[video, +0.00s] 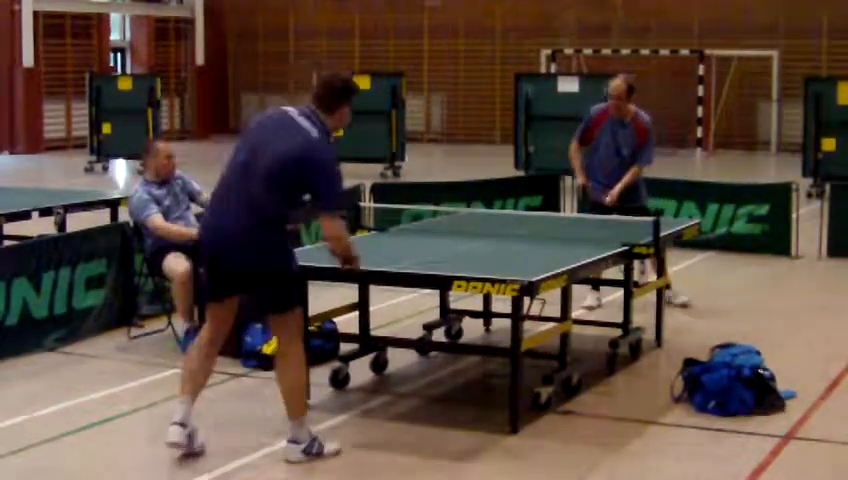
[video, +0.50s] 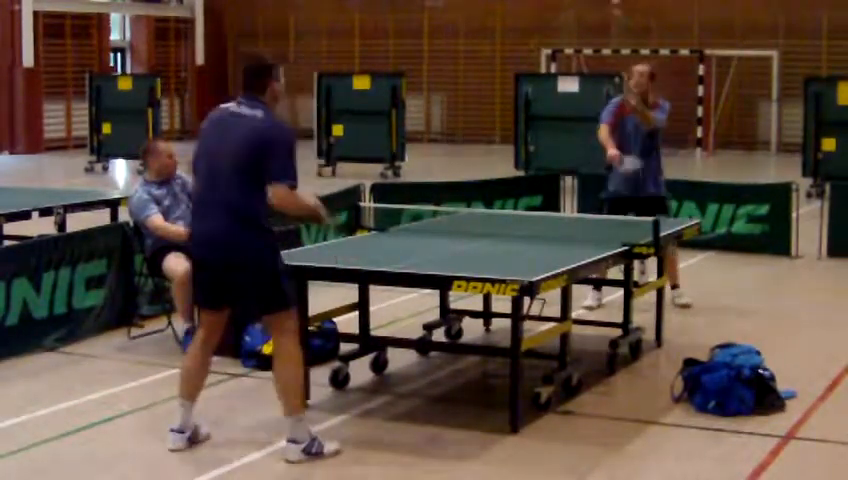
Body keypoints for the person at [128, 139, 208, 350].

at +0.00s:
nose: (172, 163)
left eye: (172, 158)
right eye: (166, 158)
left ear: (174, 160)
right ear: (149, 162)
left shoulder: (179, 181)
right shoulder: (141, 196)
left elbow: (207, 201)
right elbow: (160, 228)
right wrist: (199, 234)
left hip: (193, 236)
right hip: (163, 243)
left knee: (222, 259)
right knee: (182, 270)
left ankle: (218, 319)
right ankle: (188, 326)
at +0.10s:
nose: (172, 163)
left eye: (172, 158)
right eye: (166, 158)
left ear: (174, 160)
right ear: (149, 162)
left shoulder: (179, 181)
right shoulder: (141, 196)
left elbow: (207, 201)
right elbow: (160, 228)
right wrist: (199, 234)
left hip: (193, 236)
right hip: (163, 243)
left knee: (223, 259)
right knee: (182, 270)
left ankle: (217, 321)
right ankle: (187, 325)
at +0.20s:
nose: (174, 161)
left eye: (173, 156)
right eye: (168, 157)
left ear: (174, 160)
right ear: (151, 162)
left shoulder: (179, 181)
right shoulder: (141, 196)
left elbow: (203, 199)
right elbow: (159, 228)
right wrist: (198, 234)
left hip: (192, 235)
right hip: (163, 243)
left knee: (217, 261)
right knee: (182, 270)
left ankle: (210, 320)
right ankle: (188, 325)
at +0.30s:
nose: (173, 161)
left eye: (173, 157)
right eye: (167, 157)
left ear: (174, 160)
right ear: (151, 162)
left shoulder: (179, 182)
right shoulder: (141, 196)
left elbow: (205, 199)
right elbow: (159, 228)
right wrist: (197, 234)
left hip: (192, 235)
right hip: (163, 242)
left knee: (217, 260)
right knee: (182, 270)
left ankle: (212, 320)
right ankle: (188, 325)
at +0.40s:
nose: (174, 161)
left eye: (174, 156)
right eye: (168, 157)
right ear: (151, 162)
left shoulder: (180, 181)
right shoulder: (141, 196)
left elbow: (204, 199)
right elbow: (159, 228)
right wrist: (196, 235)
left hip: (191, 235)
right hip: (162, 242)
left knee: (216, 261)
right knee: (182, 270)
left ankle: (213, 321)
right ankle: (187, 325)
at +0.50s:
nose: (174, 161)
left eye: (174, 156)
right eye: (168, 157)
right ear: (151, 162)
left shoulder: (182, 182)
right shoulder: (141, 196)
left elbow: (204, 199)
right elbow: (159, 227)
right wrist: (191, 235)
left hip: (194, 234)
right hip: (164, 243)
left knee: (218, 260)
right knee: (182, 270)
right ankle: (188, 325)